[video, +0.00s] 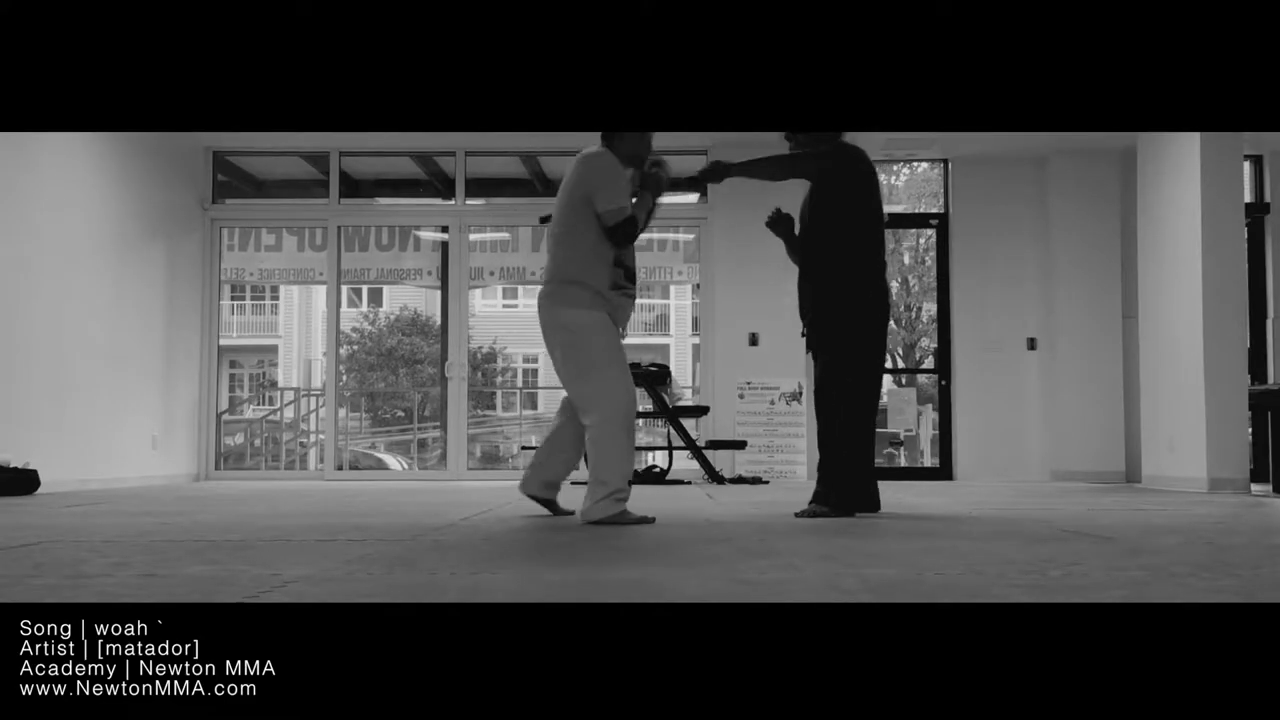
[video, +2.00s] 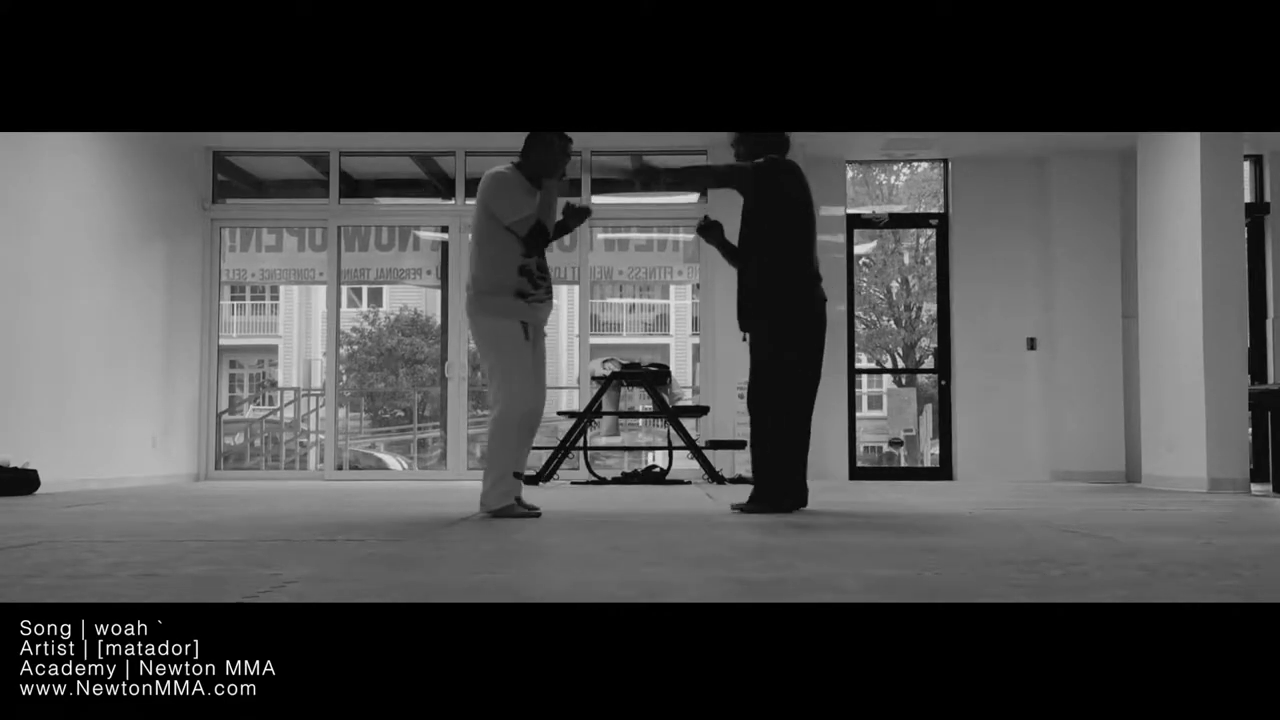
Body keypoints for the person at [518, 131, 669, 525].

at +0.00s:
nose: (649, 147)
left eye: (648, 139)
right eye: (644, 138)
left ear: (612, 139)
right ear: (625, 138)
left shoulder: (596, 167)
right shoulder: (602, 165)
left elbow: (621, 234)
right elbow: (622, 235)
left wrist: (646, 194)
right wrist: (648, 194)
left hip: (576, 303)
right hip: (577, 304)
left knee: (589, 397)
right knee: (612, 397)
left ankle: (541, 483)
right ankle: (604, 505)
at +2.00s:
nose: (564, 166)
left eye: (566, 160)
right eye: (562, 157)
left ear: (542, 153)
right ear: (542, 152)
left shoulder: (534, 191)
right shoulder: (500, 180)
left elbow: (536, 241)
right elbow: (533, 239)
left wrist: (564, 224)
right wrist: (552, 194)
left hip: (525, 315)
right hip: (499, 313)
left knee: (531, 403)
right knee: (515, 401)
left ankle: (507, 493)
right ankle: (496, 499)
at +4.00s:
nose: (548, 183)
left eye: (548, 176)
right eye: (545, 175)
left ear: (520, 172)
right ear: (528, 174)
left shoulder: (515, 207)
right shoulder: (496, 197)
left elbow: (541, 255)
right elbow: (520, 255)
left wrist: (551, 211)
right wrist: (546, 238)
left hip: (493, 323)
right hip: (481, 322)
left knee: (495, 407)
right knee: (514, 404)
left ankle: (464, 486)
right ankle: (498, 498)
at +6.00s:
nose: (488, 255)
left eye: (492, 247)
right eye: (483, 249)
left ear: (507, 242)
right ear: (481, 251)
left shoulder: (536, 260)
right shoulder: (489, 277)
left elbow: (563, 279)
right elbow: (463, 294)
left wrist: (517, 292)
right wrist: (469, 250)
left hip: (567, 359)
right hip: (525, 366)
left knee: (589, 424)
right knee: (490, 414)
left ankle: (628, 491)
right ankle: (491, 493)